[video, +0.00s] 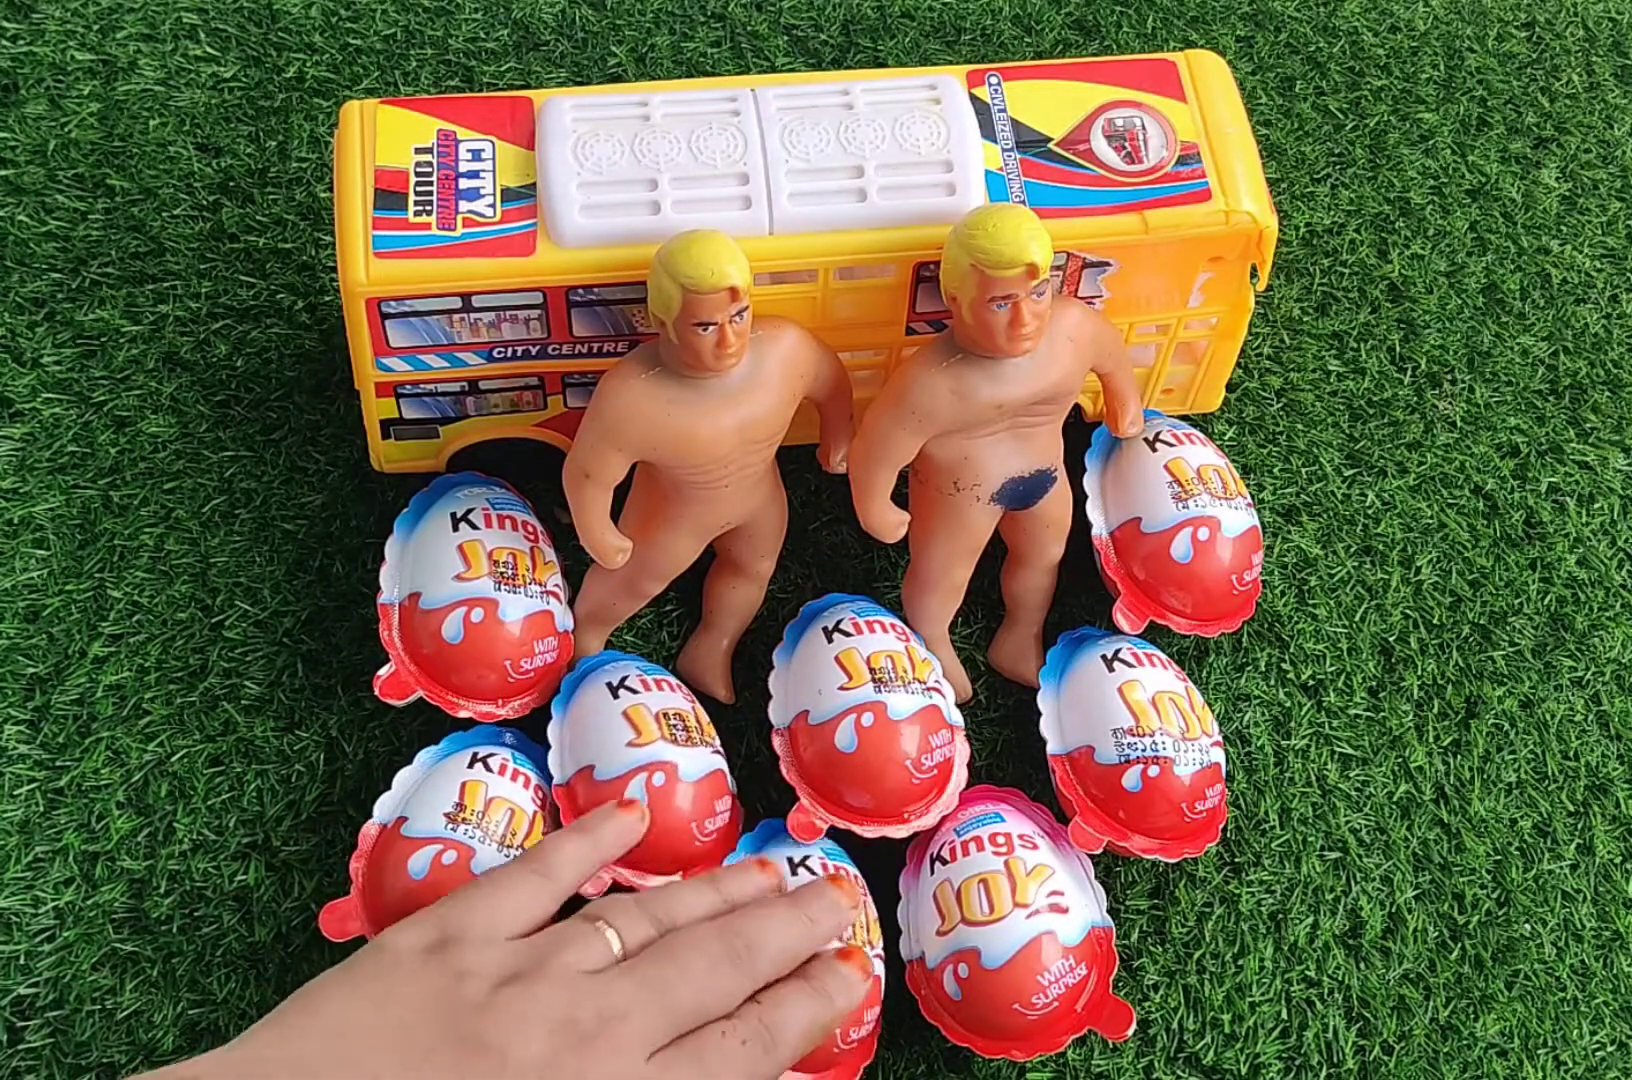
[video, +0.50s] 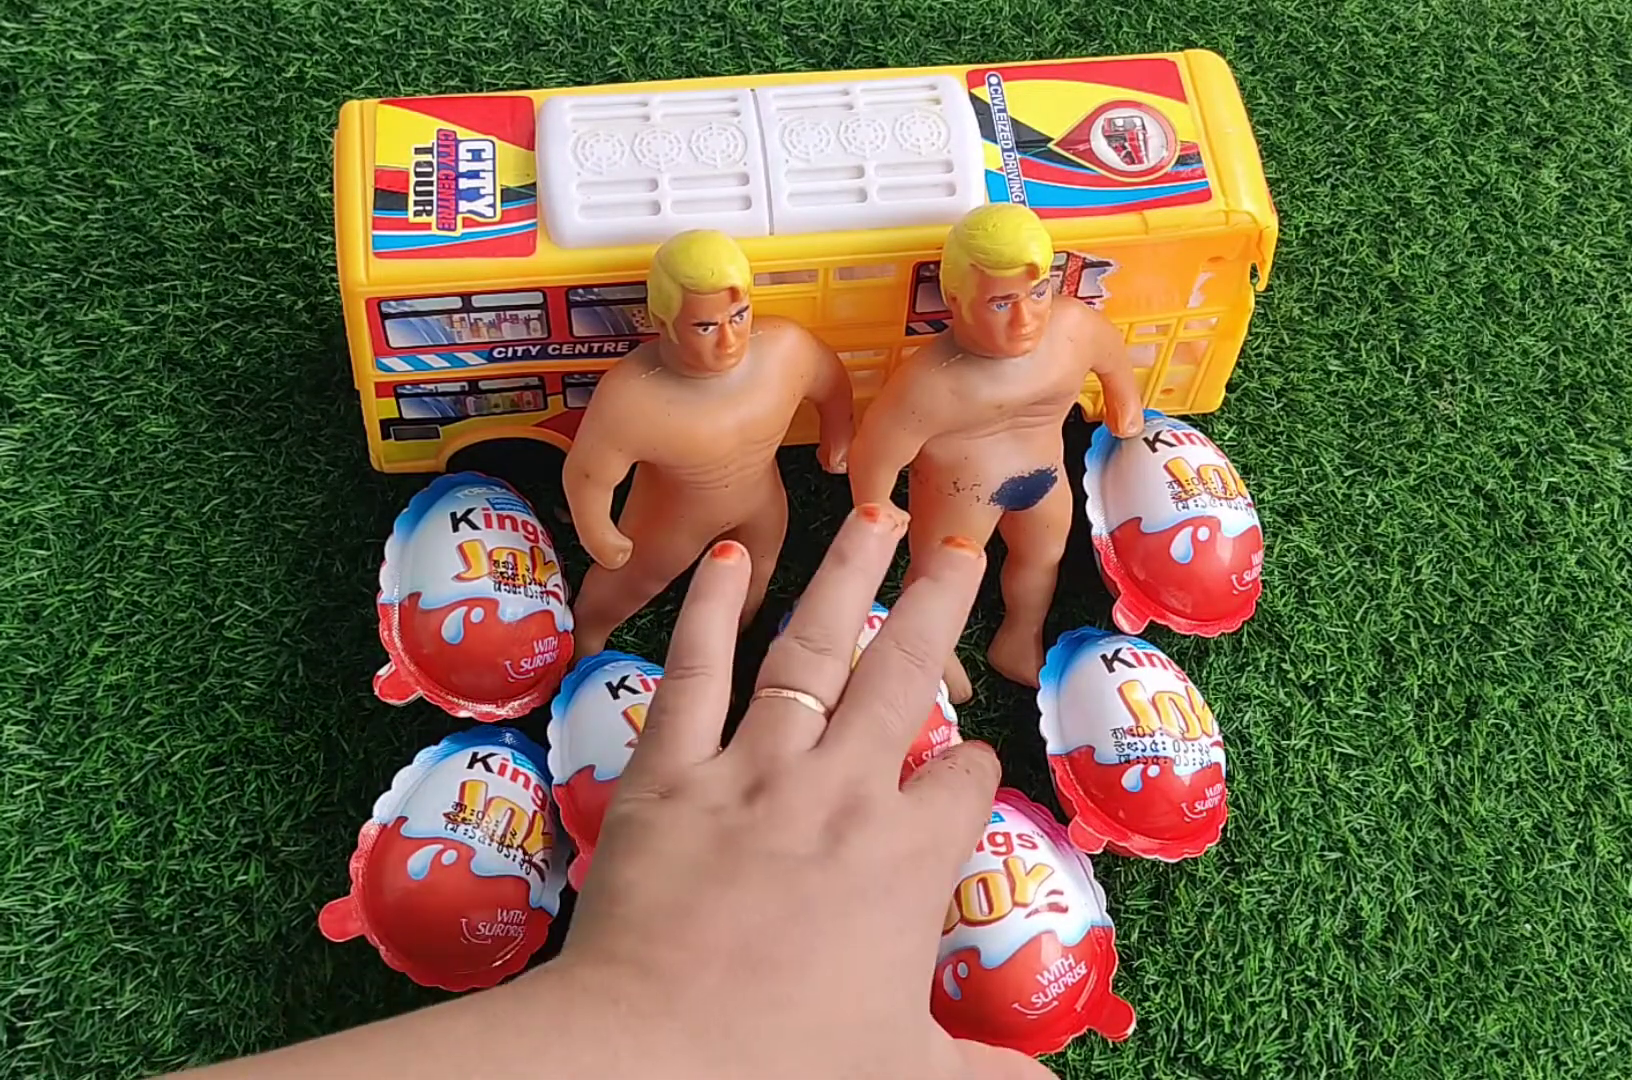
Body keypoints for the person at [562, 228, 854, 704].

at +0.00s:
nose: (728, 339)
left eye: (739, 316)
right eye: (705, 326)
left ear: (751, 301)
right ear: (661, 324)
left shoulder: (789, 349)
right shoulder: (629, 397)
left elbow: (834, 386)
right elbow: (587, 475)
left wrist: (837, 439)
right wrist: (601, 538)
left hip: (759, 497)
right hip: (672, 513)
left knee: (750, 573)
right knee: (631, 585)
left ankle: (712, 650)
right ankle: (589, 629)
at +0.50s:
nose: (729, 338)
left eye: (739, 316)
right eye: (705, 326)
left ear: (750, 303)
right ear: (663, 325)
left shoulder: (789, 350)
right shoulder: (630, 395)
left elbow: (835, 390)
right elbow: (587, 476)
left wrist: (837, 442)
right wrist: (603, 542)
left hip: (761, 503)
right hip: (671, 518)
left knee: (752, 589)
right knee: (627, 590)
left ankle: (730, 643)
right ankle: (587, 637)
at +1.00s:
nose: (729, 339)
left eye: (739, 316)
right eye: (705, 326)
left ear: (751, 302)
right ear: (663, 324)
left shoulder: (790, 350)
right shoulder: (630, 395)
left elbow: (834, 388)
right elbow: (587, 476)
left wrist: (837, 437)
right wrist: (601, 541)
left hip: (759, 496)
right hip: (673, 512)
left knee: (751, 573)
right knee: (633, 585)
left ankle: (725, 651)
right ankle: (589, 633)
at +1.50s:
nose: (729, 339)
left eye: (739, 316)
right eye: (705, 326)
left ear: (751, 303)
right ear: (663, 325)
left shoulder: (789, 350)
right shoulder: (627, 396)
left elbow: (834, 388)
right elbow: (579, 485)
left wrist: (837, 437)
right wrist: (599, 538)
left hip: (758, 501)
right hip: (669, 522)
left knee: (749, 576)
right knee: (629, 589)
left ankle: (718, 651)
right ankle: (585, 642)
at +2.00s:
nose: (729, 339)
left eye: (738, 316)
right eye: (705, 326)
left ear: (750, 303)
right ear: (662, 325)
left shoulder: (787, 350)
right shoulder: (628, 398)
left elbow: (833, 386)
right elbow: (586, 478)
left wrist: (836, 442)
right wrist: (601, 542)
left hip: (758, 502)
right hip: (670, 515)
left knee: (756, 587)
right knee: (637, 597)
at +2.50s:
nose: (728, 340)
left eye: (739, 316)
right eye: (705, 326)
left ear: (750, 301)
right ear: (663, 323)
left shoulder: (788, 350)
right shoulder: (629, 397)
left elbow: (833, 387)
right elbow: (586, 477)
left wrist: (836, 440)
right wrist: (598, 537)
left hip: (758, 500)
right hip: (671, 515)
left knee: (753, 585)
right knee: (627, 590)